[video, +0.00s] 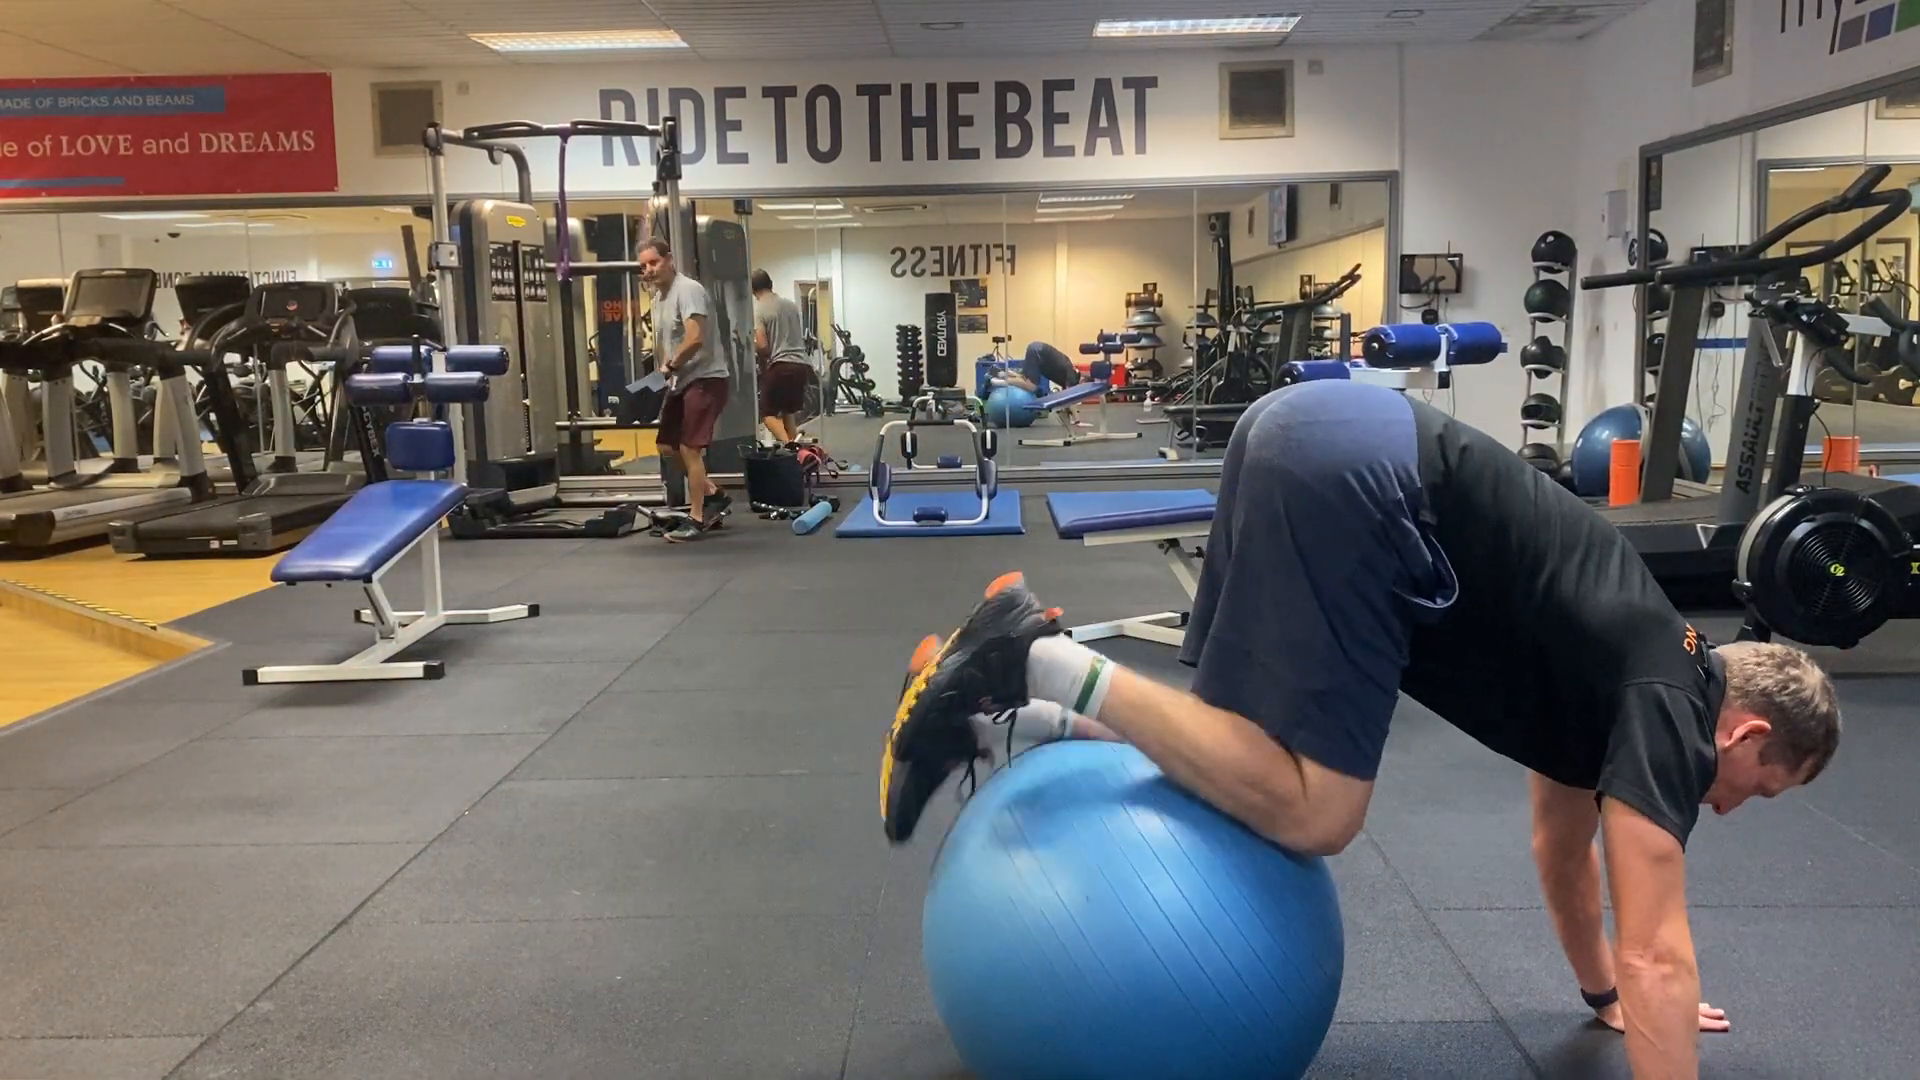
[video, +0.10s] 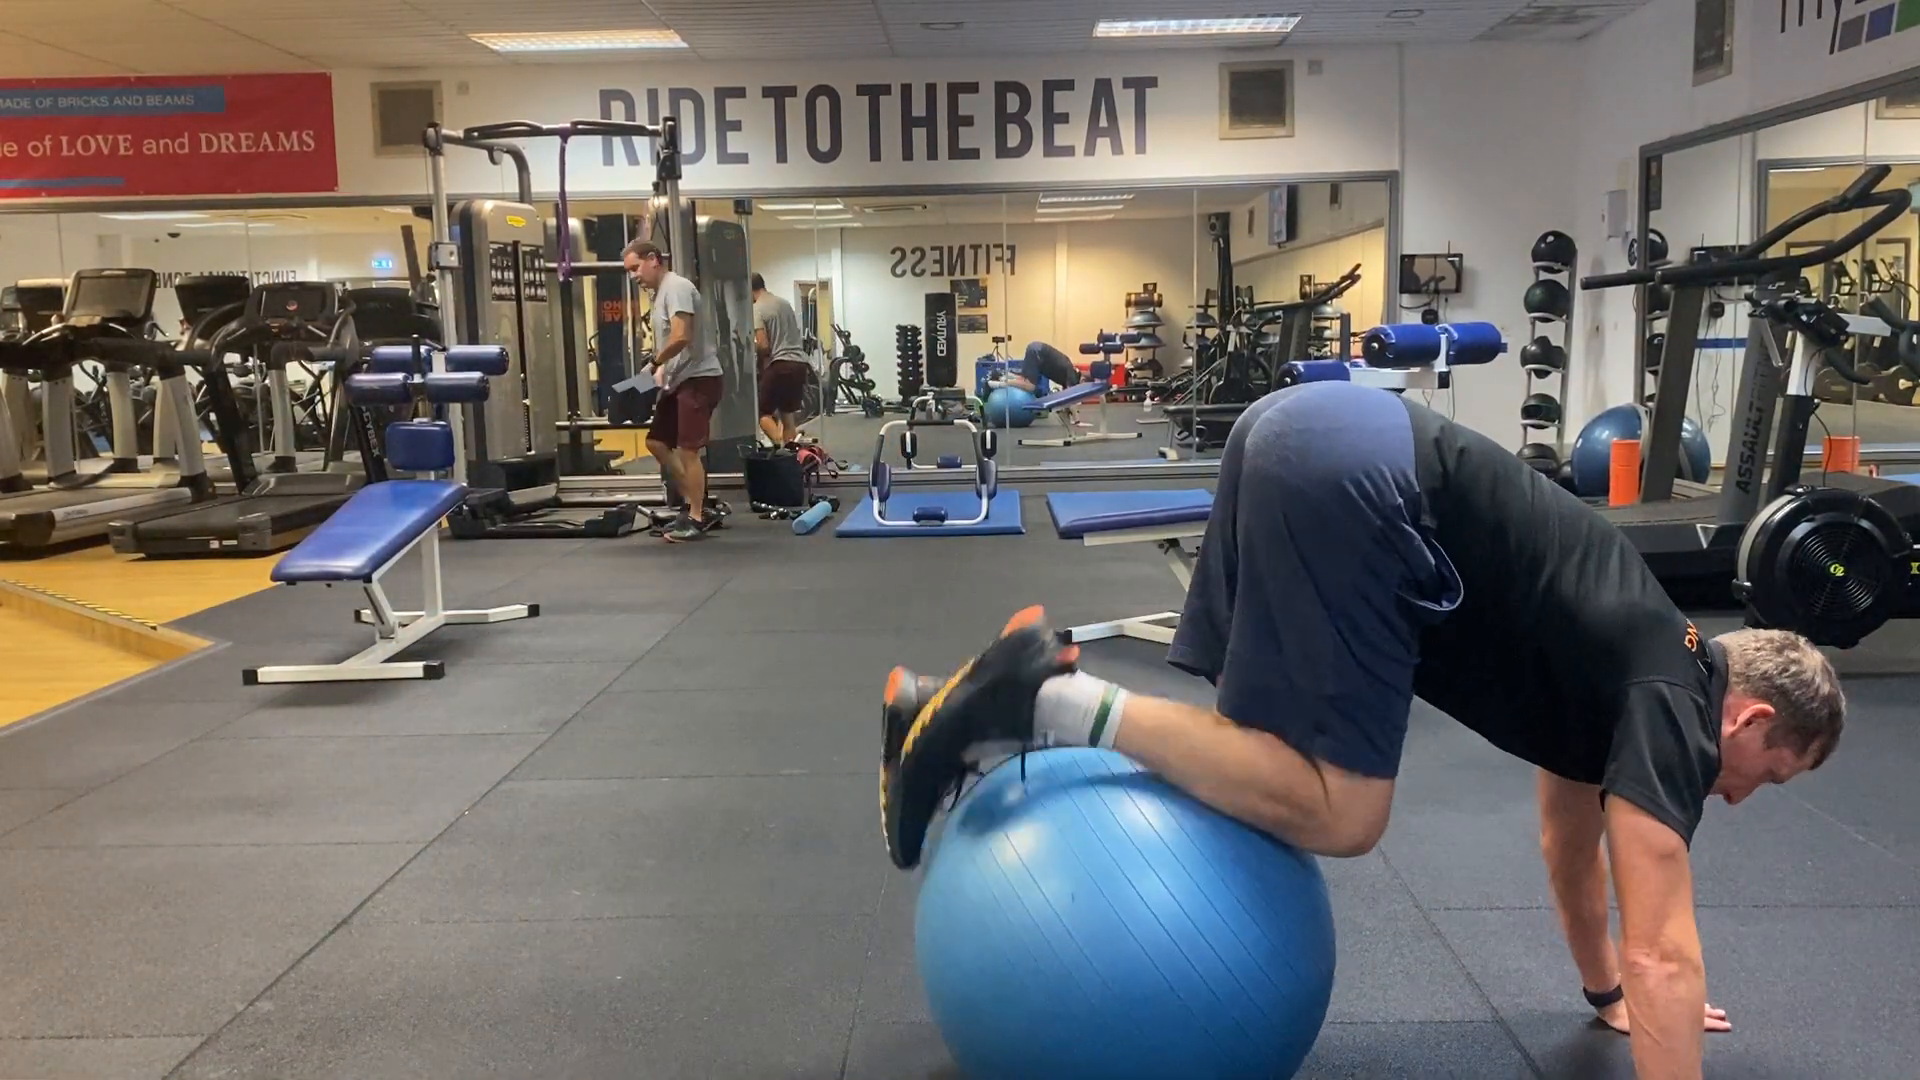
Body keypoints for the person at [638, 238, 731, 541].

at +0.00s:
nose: (647, 270)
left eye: (652, 263)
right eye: (643, 266)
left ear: (669, 261)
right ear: (642, 269)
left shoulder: (688, 289)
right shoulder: (660, 297)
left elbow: (695, 338)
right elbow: (666, 342)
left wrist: (672, 363)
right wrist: (663, 371)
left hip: (705, 378)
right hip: (681, 381)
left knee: (690, 449)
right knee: (668, 445)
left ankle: (696, 519)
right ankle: (713, 492)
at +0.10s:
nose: (634, 276)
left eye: (635, 268)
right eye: (630, 271)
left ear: (653, 260)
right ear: (650, 263)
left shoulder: (676, 287)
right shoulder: (661, 293)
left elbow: (682, 336)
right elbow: (671, 340)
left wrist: (657, 361)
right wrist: (661, 368)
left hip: (698, 378)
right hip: (679, 381)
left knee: (688, 450)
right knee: (657, 443)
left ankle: (696, 518)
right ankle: (697, 503)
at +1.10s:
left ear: (583, 336)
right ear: (608, 335)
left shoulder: (567, 349)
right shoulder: (626, 345)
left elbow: (566, 399)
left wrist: (580, 444)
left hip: (584, 392)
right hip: (625, 388)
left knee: (577, 456)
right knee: (625, 455)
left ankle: (576, 524)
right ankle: (632, 522)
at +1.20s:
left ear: (580, 348)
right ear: (610, 348)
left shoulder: (566, 358)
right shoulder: (623, 357)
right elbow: (632, 413)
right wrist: (626, 459)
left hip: (574, 389)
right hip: (616, 386)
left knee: (572, 457)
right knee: (621, 459)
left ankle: (575, 525)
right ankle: (626, 525)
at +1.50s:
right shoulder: (625, 381)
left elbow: (568, 445)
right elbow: (629, 441)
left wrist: (581, 482)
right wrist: (627, 480)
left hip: (560, 386)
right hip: (604, 385)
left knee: (568, 459)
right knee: (616, 459)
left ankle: (575, 525)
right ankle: (626, 524)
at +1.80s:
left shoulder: (557, 377)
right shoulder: (622, 381)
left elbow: (568, 444)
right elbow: (628, 441)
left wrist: (581, 482)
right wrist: (629, 480)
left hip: (561, 389)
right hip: (605, 388)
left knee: (568, 460)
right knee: (615, 459)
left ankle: (576, 525)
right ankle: (626, 523)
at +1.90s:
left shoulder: (559, 375)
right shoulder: (622, 380)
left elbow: (570, 442)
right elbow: (628, 440)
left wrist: (582, 483)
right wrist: (629, 480)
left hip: (562, 388)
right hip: (605, 386)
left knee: (569, 459)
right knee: (616, 460)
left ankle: (576, 525)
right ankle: (626, 523)